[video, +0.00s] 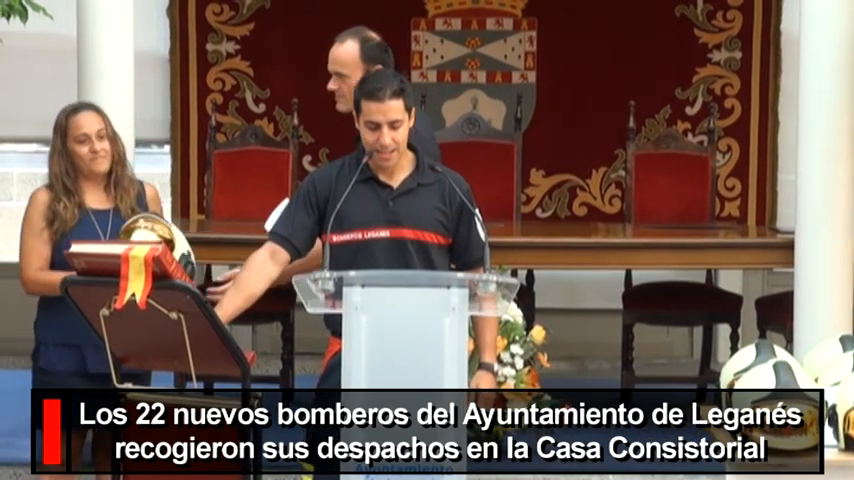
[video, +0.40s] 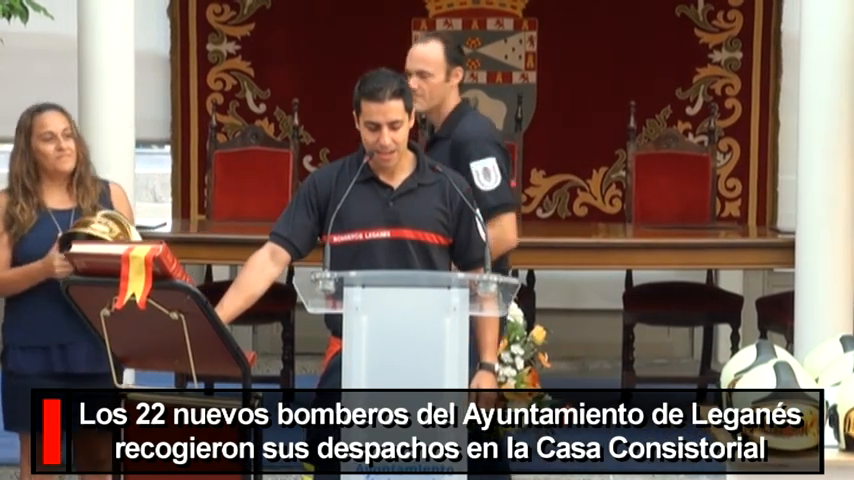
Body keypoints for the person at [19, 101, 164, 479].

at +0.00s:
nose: (97, 146)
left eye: (103, 136)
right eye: (84, 140)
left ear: (113, 140)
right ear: (65, 149)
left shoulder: (144, 195)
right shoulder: (47, 200)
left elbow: (162, 266)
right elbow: (31, 278)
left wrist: (130, 276)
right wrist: (96, 283)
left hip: (127, 354)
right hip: (64, 353)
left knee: (117, 461)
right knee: (57, 465)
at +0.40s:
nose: (63, 145)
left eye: (68, 135)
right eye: (49, 138)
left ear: (78, 141)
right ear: (29, 149)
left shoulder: (110, 195)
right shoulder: (9, 204)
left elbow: (133, 268)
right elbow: (2, 281)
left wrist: (104, 260)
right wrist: (44, 268)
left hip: (97, 356)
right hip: (31, 357)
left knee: (99, 466)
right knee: (38, 466)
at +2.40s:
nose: (55, 155)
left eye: (62, 144)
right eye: (43, 145)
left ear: (72, 147)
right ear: (20, 149)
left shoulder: (98, 194)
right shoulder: (6, 205)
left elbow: (122, 271)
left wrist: (80, 281)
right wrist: (21, 294)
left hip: (85, 359)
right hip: (22, 359)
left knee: (75, 464)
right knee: (32, 465)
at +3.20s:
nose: (52, 153)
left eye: (60, 142)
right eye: (40, 143)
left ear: (71, 146)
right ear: (19, 150)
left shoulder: (98, 193)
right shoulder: (7, 205)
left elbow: (123, 269)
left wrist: (81, 283)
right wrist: (21, 293)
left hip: (87, 358)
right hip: (25, 360)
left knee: (76, 464)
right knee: (33, 465)